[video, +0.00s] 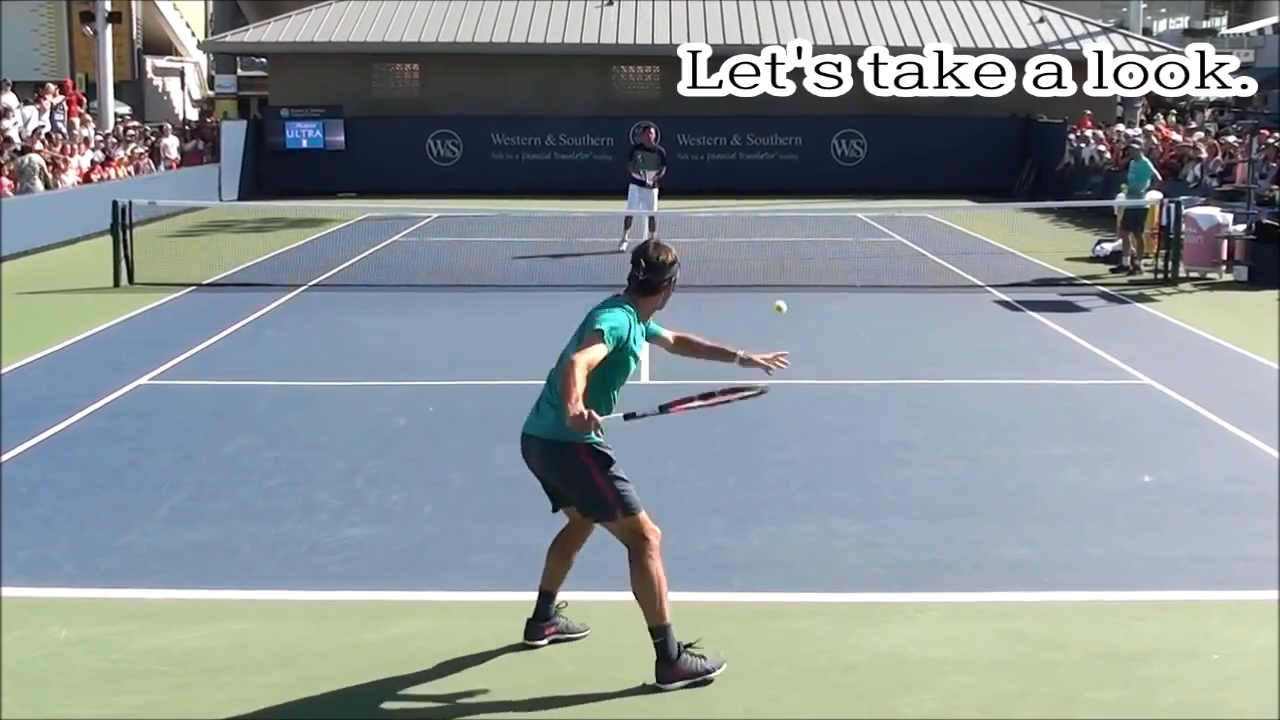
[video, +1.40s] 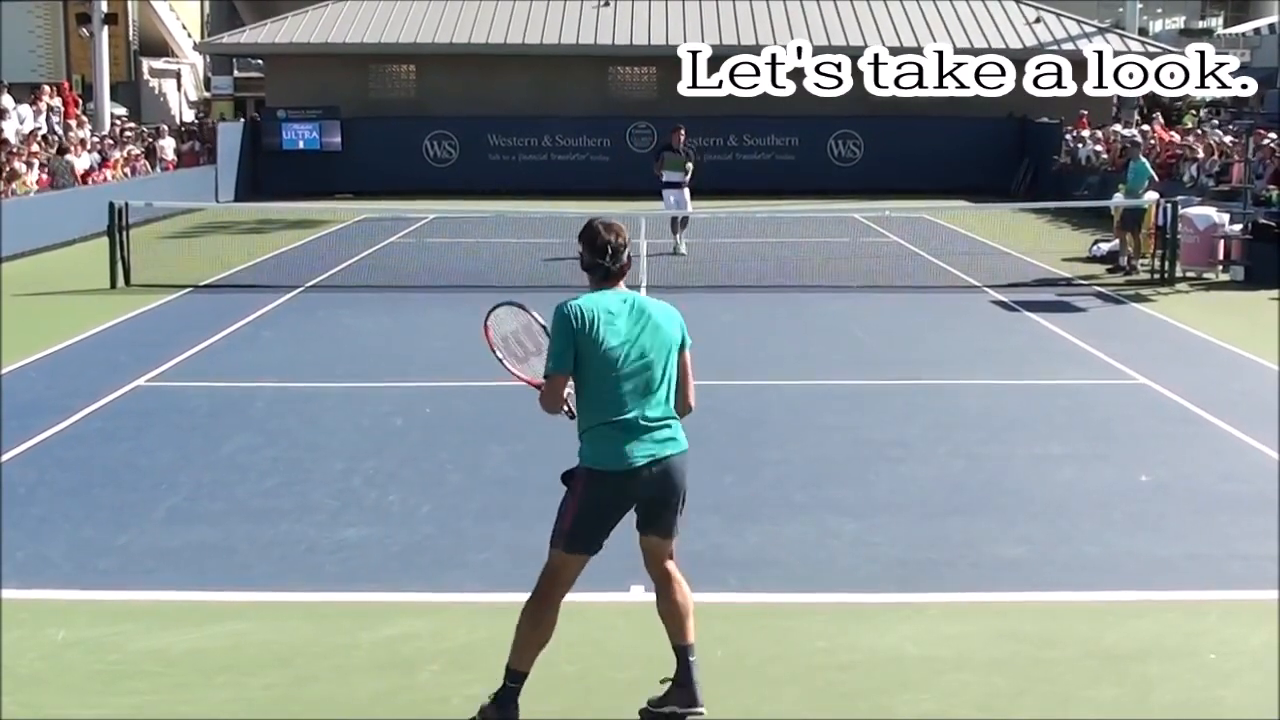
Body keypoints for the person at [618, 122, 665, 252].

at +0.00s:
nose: (650, 136)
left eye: (652, 133)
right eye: (648, 133)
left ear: (655, 136)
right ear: (643, 135)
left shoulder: (659, 151)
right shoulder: (635, 149)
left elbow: (663, 167)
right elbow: (629, 166)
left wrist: (655, 178)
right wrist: (639, 178)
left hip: (651, 186)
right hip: (636, 185)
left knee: (652, 214)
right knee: (630, 212)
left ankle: (652, 240)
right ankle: (624, 239)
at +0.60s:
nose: (647, 142)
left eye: (649, 139)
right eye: (645, 139)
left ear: (653, 142)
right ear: (640, 141)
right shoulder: (635, 155)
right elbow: (638, 171)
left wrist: (660, 173)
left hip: (649, 189)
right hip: (633, 189)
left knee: (663, 213)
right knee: (626, 215)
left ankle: (666, 240)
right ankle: (612, 240)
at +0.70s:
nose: (653, 142)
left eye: (654, 139)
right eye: (650, 139)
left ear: (657, 141)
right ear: (646, 141)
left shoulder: (661, 157)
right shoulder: (641, 155)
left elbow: (671, 172)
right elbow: (640, 167)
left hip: (653, 188)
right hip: (638, 188)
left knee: (665, 213)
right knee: (631, 216)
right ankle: (612, 240)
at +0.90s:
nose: (665, 138)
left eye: (667, 135)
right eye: (663, 135)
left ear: (669, 137)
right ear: (657, 136)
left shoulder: (671, 151)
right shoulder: (650, 150)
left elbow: (688, 157)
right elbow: (641, 166)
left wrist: (703, 152)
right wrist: (651, 166)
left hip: (664, 185)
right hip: (650, 186)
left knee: (667, 212)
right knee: (649, 212)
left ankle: (660, 240)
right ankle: (637, 239)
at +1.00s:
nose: (670, 135)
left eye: (671, 132)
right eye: (667, 132)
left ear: (673, 135)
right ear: (660, 134)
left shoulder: (675, 149)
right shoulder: (653, 149)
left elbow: (683, 161)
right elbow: (645, 167)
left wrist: (696, 163)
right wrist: (653, 160)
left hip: (669, 183)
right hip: (656, 183)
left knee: (667, 212)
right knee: (658, 211)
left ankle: (662, 240)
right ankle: (654, 241)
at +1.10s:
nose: (674, 136)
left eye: (676, 133)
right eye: (671, 133)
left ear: (677, 135)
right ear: (665, 134)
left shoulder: (680, 150)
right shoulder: (656, 149)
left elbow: (682, 167)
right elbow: (646, 166)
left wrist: (687, 173)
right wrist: (654, 160)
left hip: (674, 180)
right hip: (660, 180)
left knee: (671, 211)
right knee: (668, 211)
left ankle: (663, 239)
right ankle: (671, 242)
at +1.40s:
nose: (680, 138)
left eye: (682, 135)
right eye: (678, 135)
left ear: (685, 137)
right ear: (672, 136)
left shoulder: (688, 152)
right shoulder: (663, 151)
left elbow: (690, 166)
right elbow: (657, 167)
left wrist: (687, 175)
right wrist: (660, 174)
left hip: (682, 185)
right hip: (668, 185)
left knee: (687, 213)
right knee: (674, 213)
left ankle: (680, 237)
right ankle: (676, 242)